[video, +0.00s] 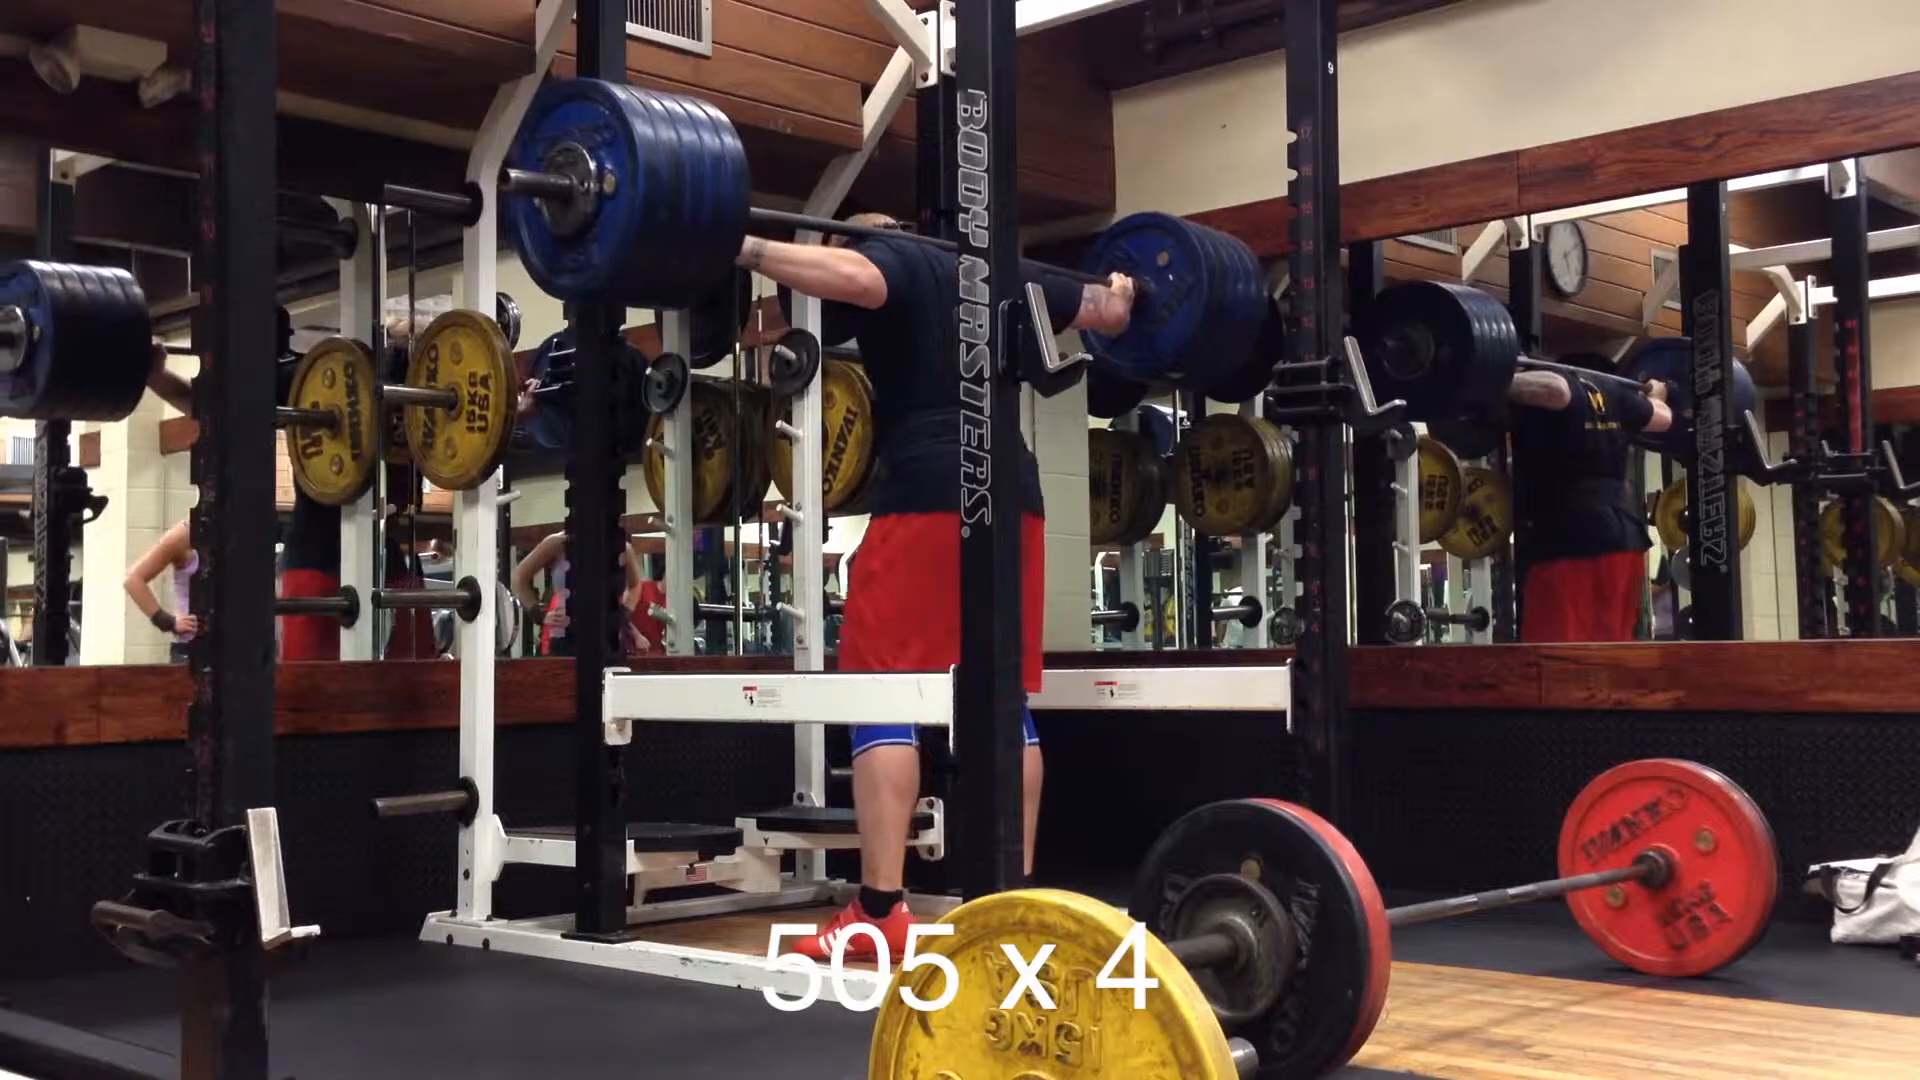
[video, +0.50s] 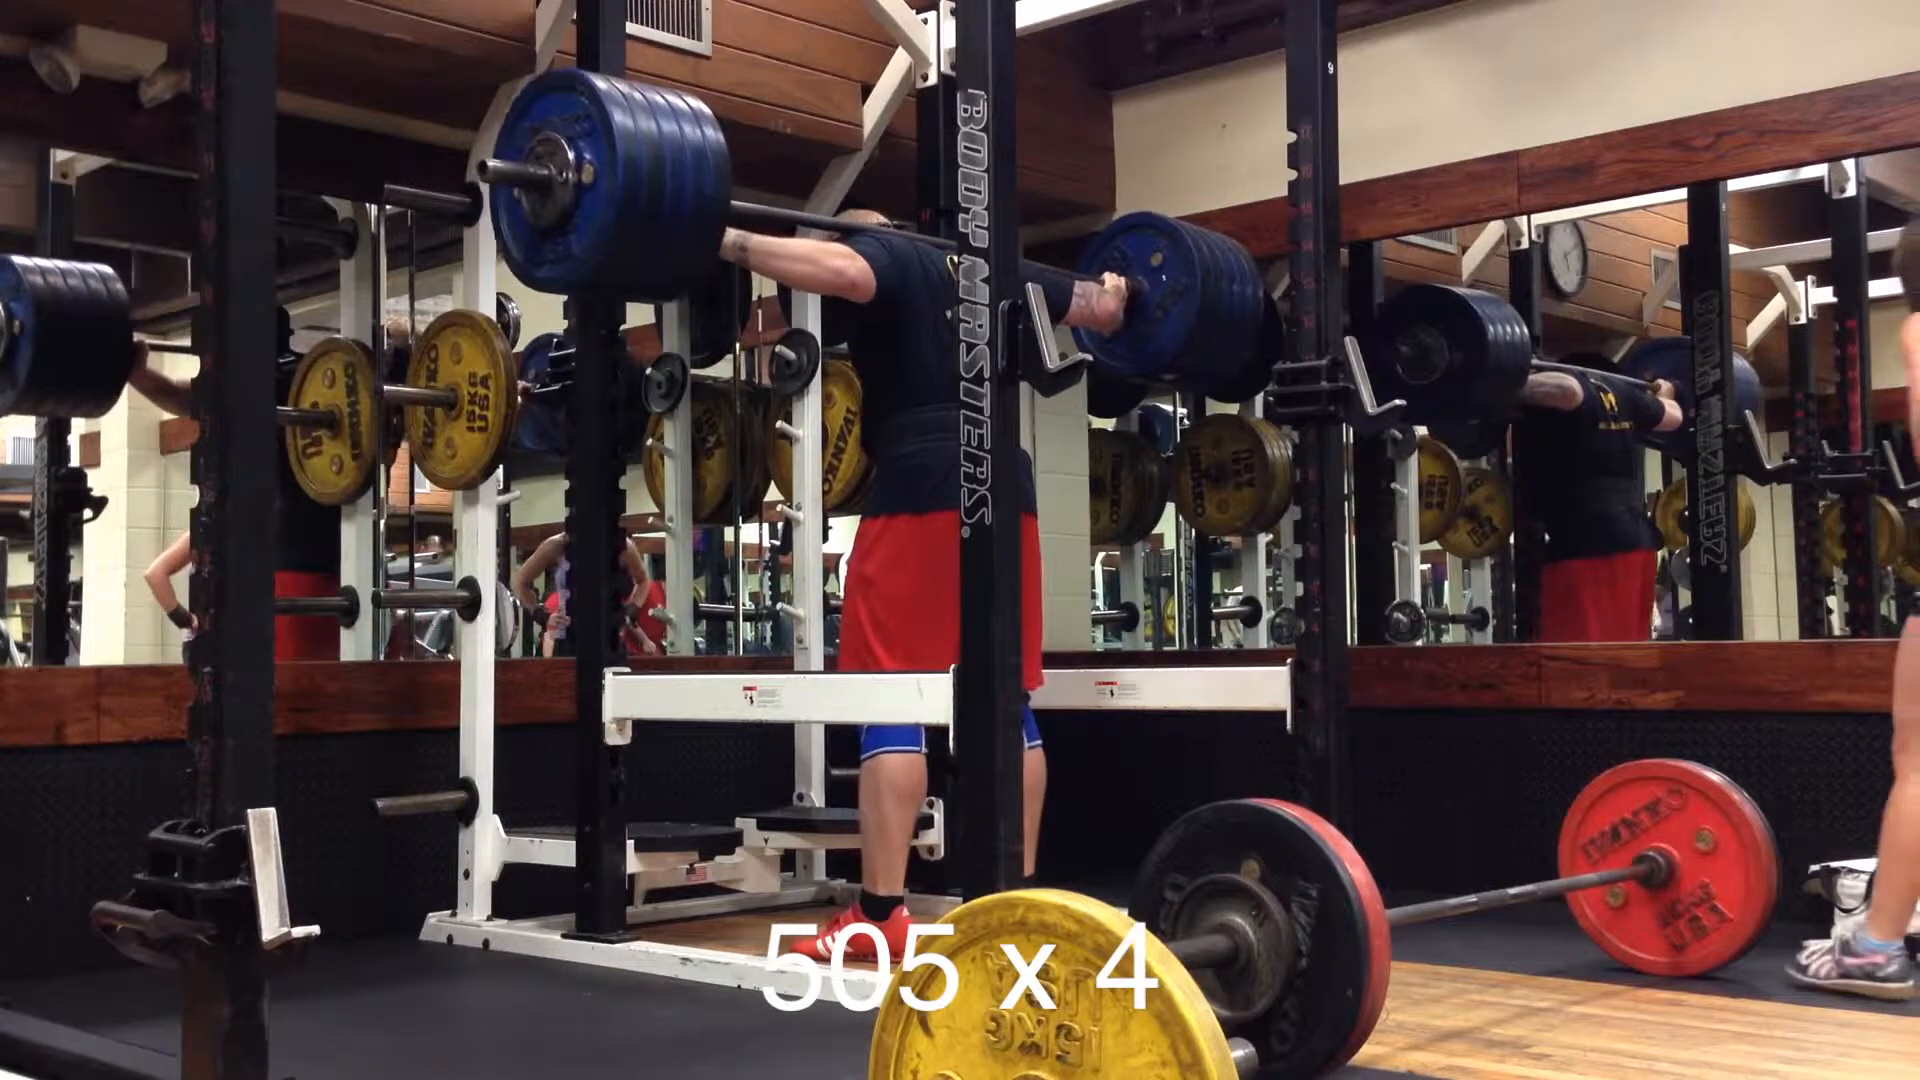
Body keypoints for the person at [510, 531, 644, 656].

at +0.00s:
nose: (597, 523)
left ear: (613, 517)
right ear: (577, 512)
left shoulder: (622, 549)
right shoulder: (557, 544)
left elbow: (634, 585)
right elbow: (520, 577)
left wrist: (624, 613)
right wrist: (540, 615)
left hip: (608, 638)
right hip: (567, 637)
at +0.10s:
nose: (596, 524)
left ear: (610, 518)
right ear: (576, 516)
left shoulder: (619, 547)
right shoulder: (554, 544)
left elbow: (634, 584)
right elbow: (517, 580)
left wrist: (623, 613)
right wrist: (537, 614)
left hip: (606, 636)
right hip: (564, 637)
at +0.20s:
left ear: (608, 518)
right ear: (575, 517)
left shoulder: (617, 546)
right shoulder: (552, 544)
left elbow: (635, 583)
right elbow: (516, 579)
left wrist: (623, 612)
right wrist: (537, 615)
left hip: (605, 635)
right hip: (563, 635)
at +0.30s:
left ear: (609, 517)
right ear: (575, 515)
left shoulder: (618, 544)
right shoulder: (553, 544)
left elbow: (636, 581)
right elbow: (517, 579)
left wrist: (624, 611)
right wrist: (537, 615)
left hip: (607, 636)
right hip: (565, 637)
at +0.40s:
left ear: (607, 527)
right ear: (572, 527)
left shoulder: (619, 544)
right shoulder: (554, 544)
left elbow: (640, 581)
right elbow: (518, 579)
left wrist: (627, 610)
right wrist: (539, 617)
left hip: (607, 634)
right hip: (566, 636)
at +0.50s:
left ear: (610, 532)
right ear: (572, 532)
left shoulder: (624, 547)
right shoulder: (556, 546)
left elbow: (642, 581)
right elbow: (520, 582)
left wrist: (630, 612)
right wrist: (542, 616)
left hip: (610, 632)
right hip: (571, 632)